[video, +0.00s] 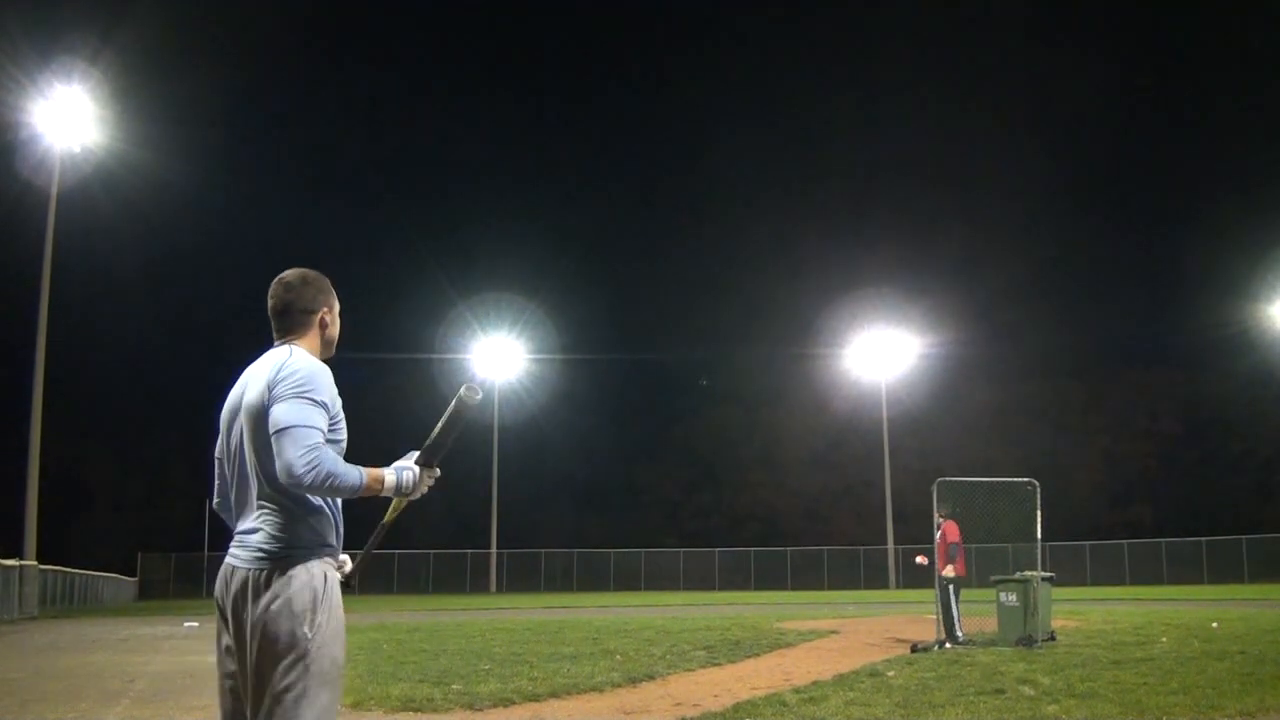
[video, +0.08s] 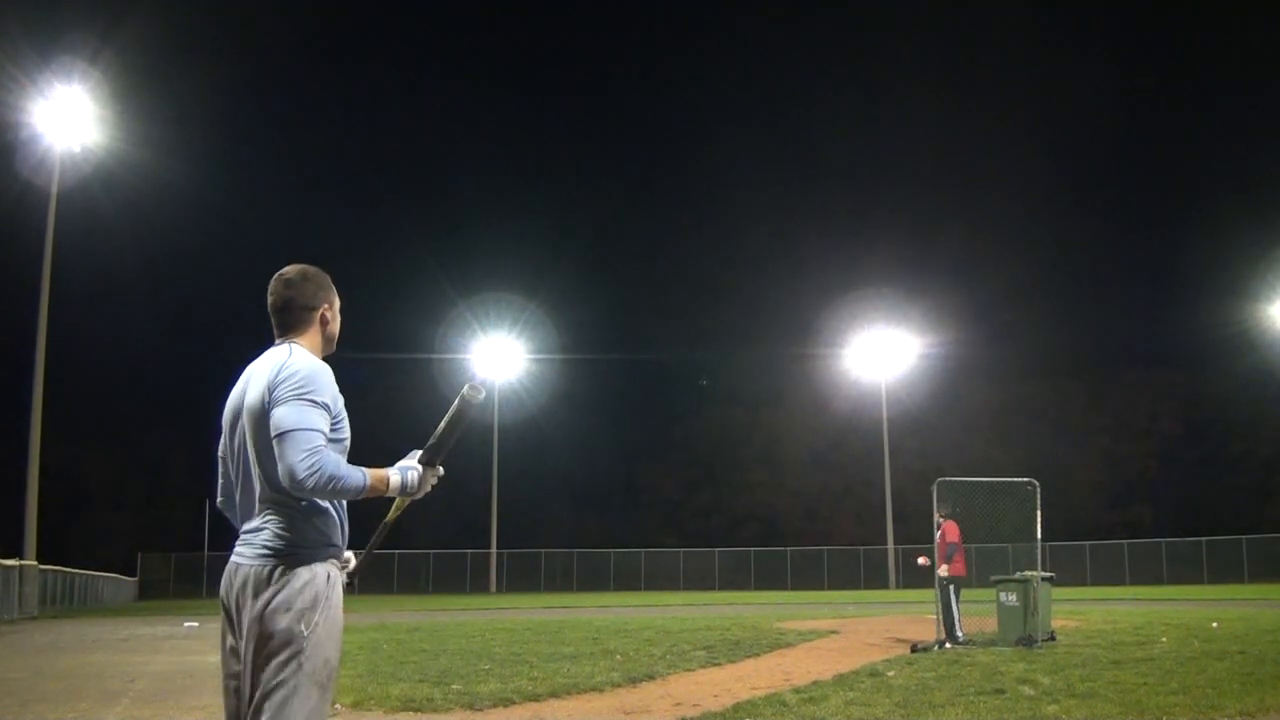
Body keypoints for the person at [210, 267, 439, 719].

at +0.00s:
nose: (338, 323)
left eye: (337, 313)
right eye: (337, 312)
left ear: (276, 319)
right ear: (325, 316)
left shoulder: (246, 382)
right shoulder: (304, 371)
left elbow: (227, 499)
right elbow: (303, 466)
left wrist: (316, 550)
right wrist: (389, 478)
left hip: (239, 578)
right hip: (295, 583)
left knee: (241, 712)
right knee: (301, 710)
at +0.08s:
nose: (339, 318)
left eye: (338, 308)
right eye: (338, 308)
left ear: (276, 316)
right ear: (325, 313)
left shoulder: (245, 382)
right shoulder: (304, 370)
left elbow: (232, 498)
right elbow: (306, 469)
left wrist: (321, 551)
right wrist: (393, 479)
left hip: (244, 575)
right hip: (297, 580)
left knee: (245, 711)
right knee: (292, 710)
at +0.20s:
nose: (342, 316)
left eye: (341, 305)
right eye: (341, 305)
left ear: (279, 313)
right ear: (328, 311)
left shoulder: (251, 380)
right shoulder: (306, 369)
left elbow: (234, 495)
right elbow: (306, 469)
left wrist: (327, 546)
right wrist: (396, 478)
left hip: (248, 576)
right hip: (299, 582)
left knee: (248, 710)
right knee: (292, 710)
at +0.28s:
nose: (346, 313)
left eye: (345, 302)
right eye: (345, 302)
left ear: (282, 310)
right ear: (332, 308)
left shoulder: (254, 377)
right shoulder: (309, 366)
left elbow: (240, 492)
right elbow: (308, 468)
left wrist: (328, 549)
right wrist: (396, 479)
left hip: (252, 574)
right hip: (303, 578)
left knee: (250, 710)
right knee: (298, 710)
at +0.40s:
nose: (349, 311)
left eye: (348, 300)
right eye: (347, 301)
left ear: (284, 307)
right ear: (335, 307)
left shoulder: (256, 375)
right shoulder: (310, 367)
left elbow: (245, 490)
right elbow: (310, 469)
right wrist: (398, 478)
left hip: (253, 575)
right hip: (307, 578)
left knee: (253, 711)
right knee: (302, 710)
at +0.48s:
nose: (350, 314)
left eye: (350, 302)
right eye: (349, 302)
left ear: (287, 307)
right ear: (335, 308)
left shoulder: (257, 374)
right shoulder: (313, 368)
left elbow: (245, 491)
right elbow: (315, 471)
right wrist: (405, 472)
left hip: (256, 577)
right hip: (311, 581)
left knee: (255, 710)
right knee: (304, 710)